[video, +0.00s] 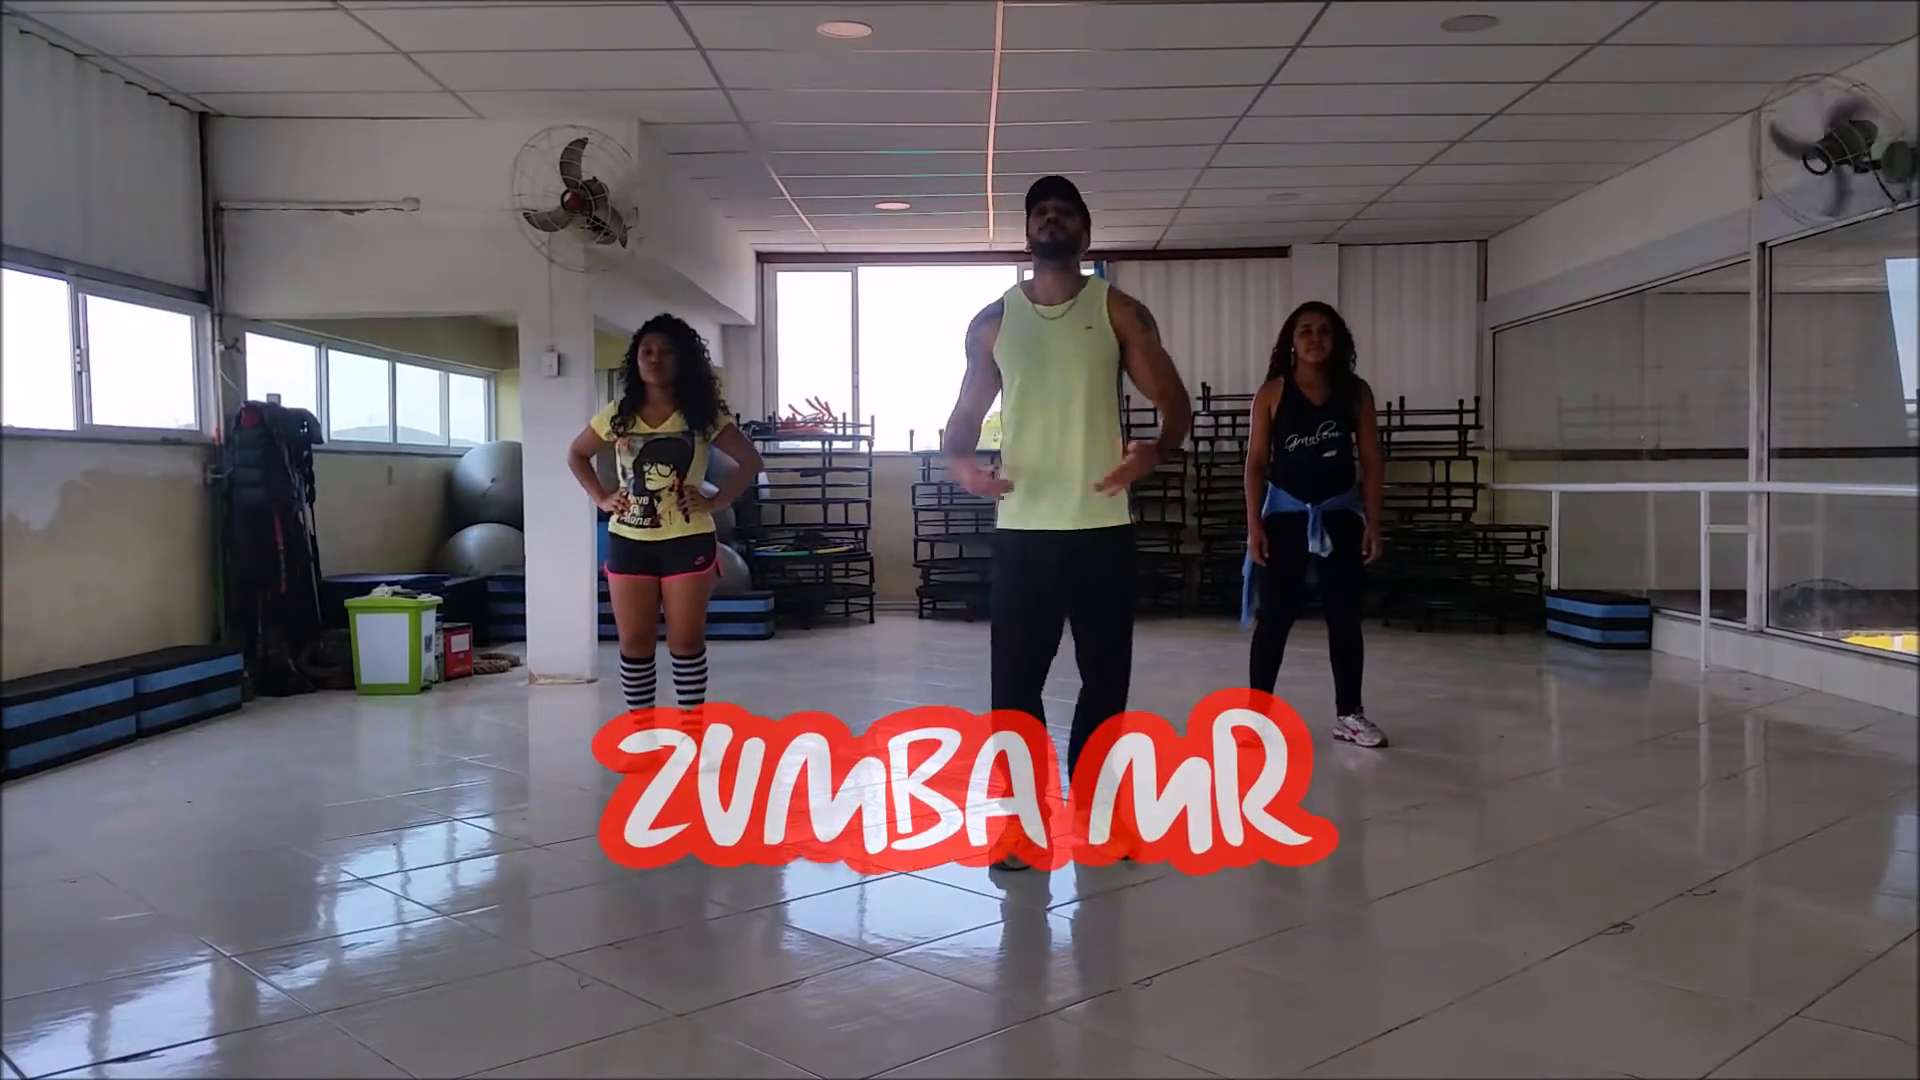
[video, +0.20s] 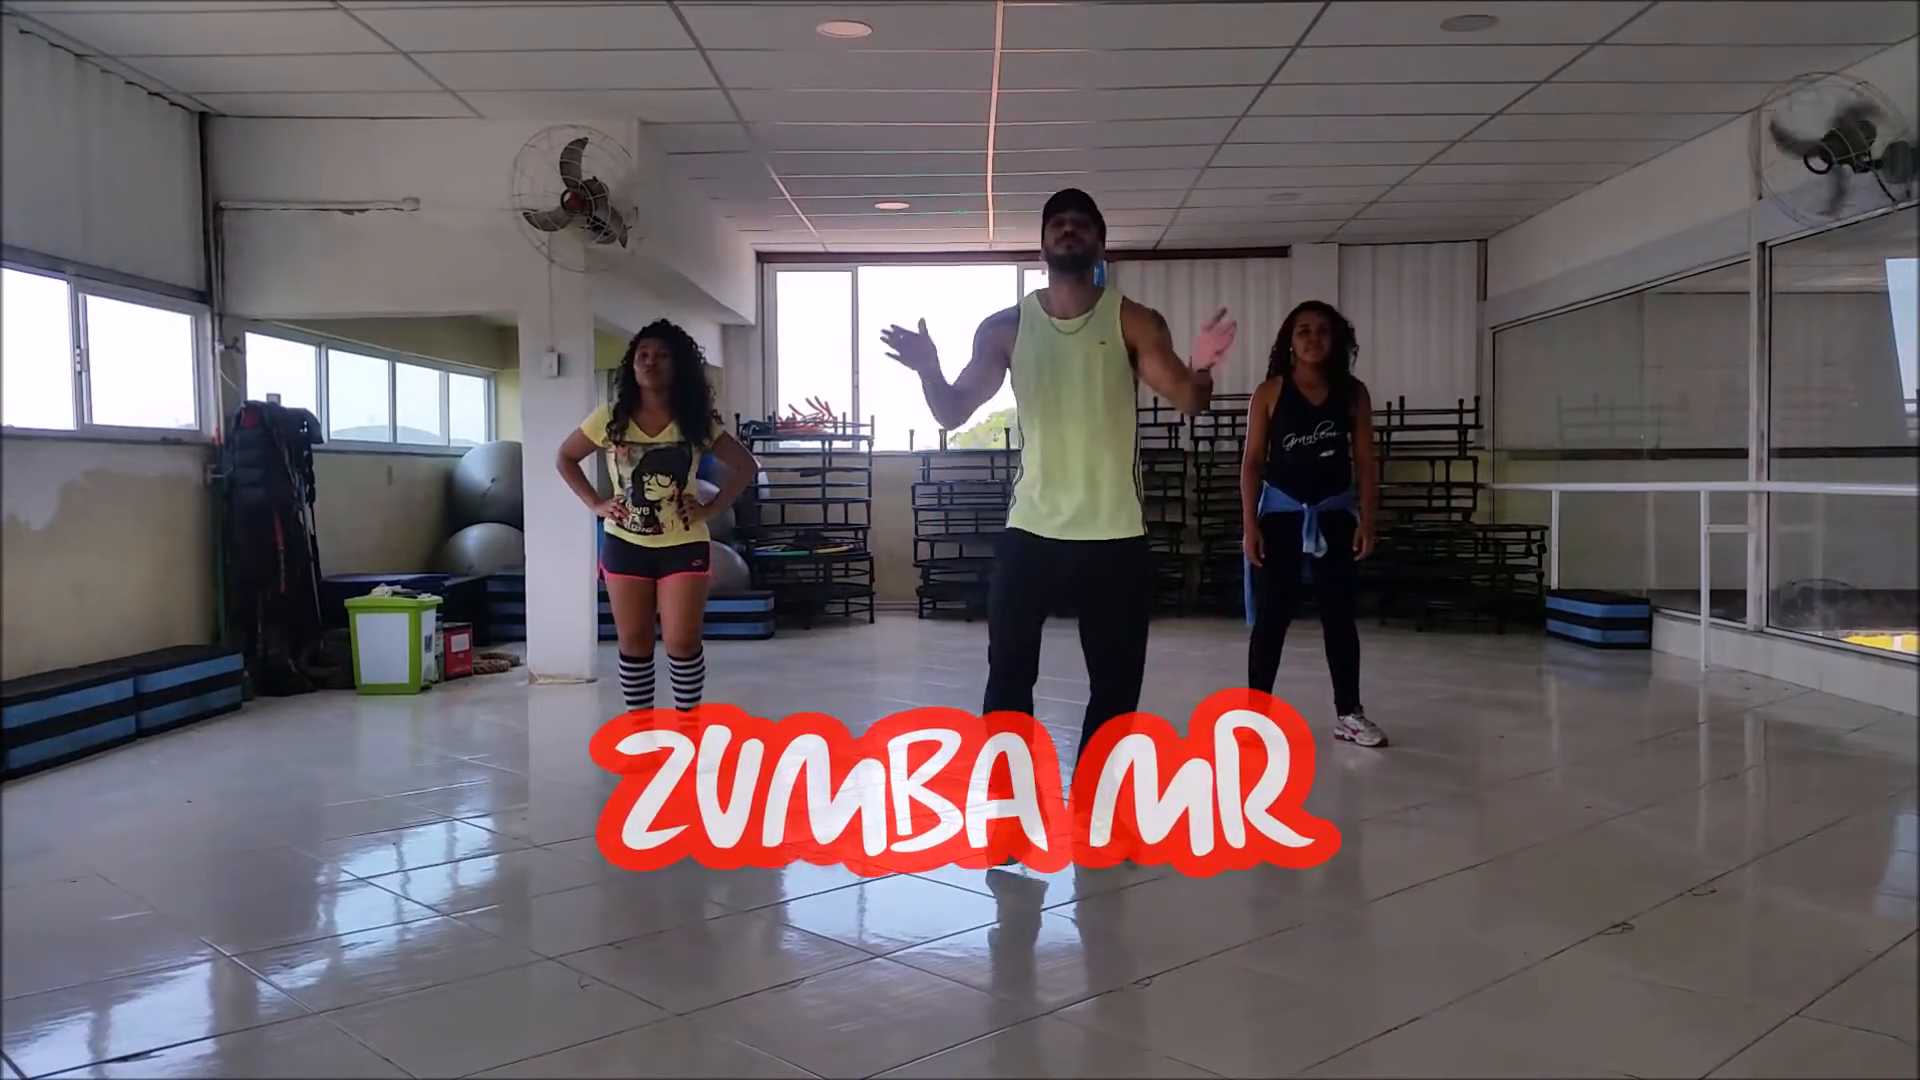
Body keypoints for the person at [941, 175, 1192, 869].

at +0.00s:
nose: (1054, 222)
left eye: (1066, 214)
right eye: (1042, 215)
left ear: (1087, 231)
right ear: (1025, 234)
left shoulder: (1119, 312)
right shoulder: (995, 324)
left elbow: (1175, 403)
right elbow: (964, 422)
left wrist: (1155, 452)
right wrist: (959, 463)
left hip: (1103, 529)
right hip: (1023, 532)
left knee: (1106, 684)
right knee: (1013, 689)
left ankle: (1095, 817)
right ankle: (1016, 828)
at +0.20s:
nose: (1068, 230)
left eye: (1081, 224)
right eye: (1057, 224)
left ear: (1103, 243)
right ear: (1042, 244)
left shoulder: (1135, 322)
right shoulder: (1005, 329)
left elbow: (1190, 401)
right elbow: (951, 413)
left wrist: (1200, 370)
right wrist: (928, 369)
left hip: (1115, 535)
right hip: (1032, 531)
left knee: (1116, 693)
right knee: (1008, 678)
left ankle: (1092, 819)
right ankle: (997, 814)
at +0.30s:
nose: (1069, 225)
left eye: (1081, 219)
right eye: (1058, 219)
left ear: (1100, 239)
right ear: (1041, 239)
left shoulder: (1125, 304)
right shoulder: (1011, 315)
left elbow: (1170, 355)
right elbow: (963, 377)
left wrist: (1159, 281)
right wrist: (953, 289)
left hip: (1115, 526)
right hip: (1033, 523)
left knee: (1114, 685)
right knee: (1007, 669)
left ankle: (1097, 807)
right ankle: (1002, 799)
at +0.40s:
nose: (1066, 226)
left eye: (1076, 218)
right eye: (1055, 218)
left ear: (1095, 235)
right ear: (1038, 237)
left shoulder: (1116, 299)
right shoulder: (1019, 303)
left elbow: (1143, 320)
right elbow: (976, 346)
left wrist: (1097, 233)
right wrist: (1007, 256)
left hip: (1110, 522)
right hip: (1030, 521)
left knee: (1111, 693)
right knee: (1010, 687)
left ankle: (1093, 820)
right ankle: (1002, 818)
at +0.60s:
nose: (1046, 230)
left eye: (1057, 220)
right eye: (1034, 221)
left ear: (1077, 234)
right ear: (1017, 236)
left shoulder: (1097, 301)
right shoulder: (994, 308)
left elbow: (1153, 287)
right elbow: (933, 312)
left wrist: (1094, 208)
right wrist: (993, 229)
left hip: (1094, 522)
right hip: (1014, 525)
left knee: (1115, 671)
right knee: (1011, 681)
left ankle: (1097, 796)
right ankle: (1010, 804)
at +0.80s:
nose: (1032, 220)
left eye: (1046, 214)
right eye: (1020, 215)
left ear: (1064, 236)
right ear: (1004, 238)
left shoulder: (1091, 303)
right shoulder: (982, 309)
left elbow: (1141, 275)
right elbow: (931, 298)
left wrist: (1116, 184)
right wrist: (946, 203)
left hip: (1087, 521)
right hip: (1006, 525)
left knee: (1110, 667)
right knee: (1004, 683)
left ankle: (1087, 797)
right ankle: (1006, 816)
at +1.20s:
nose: (1048, 221)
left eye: (1060, 215)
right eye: (1036, 215)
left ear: (1079, 235)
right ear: (1020, 236)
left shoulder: (1106, 303)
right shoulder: (993, 308)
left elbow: (1163, 271)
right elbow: (922, 292)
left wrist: (1127, 177)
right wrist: (954, 194)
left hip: (1091, 526)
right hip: (1010, 524)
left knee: (1098, 685)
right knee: (976, 652)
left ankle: (1080, 818)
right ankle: (980, 795)